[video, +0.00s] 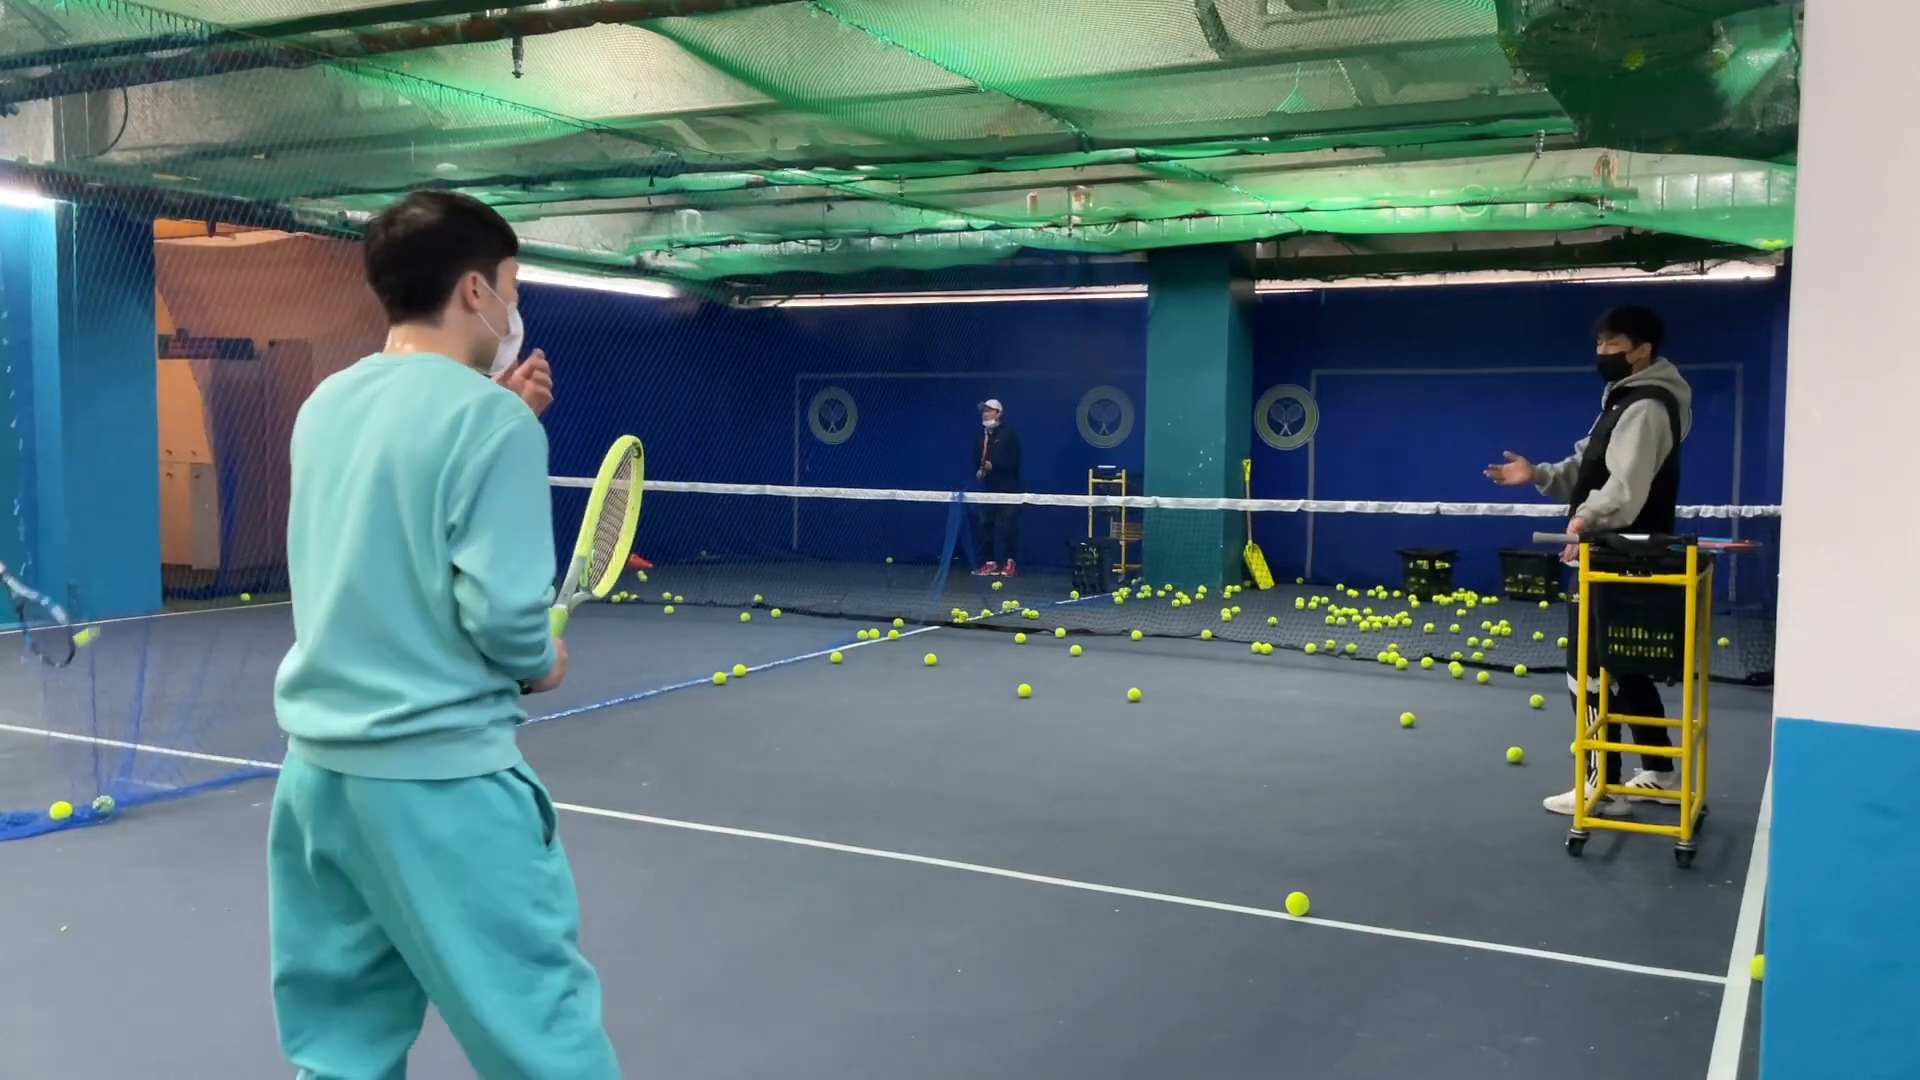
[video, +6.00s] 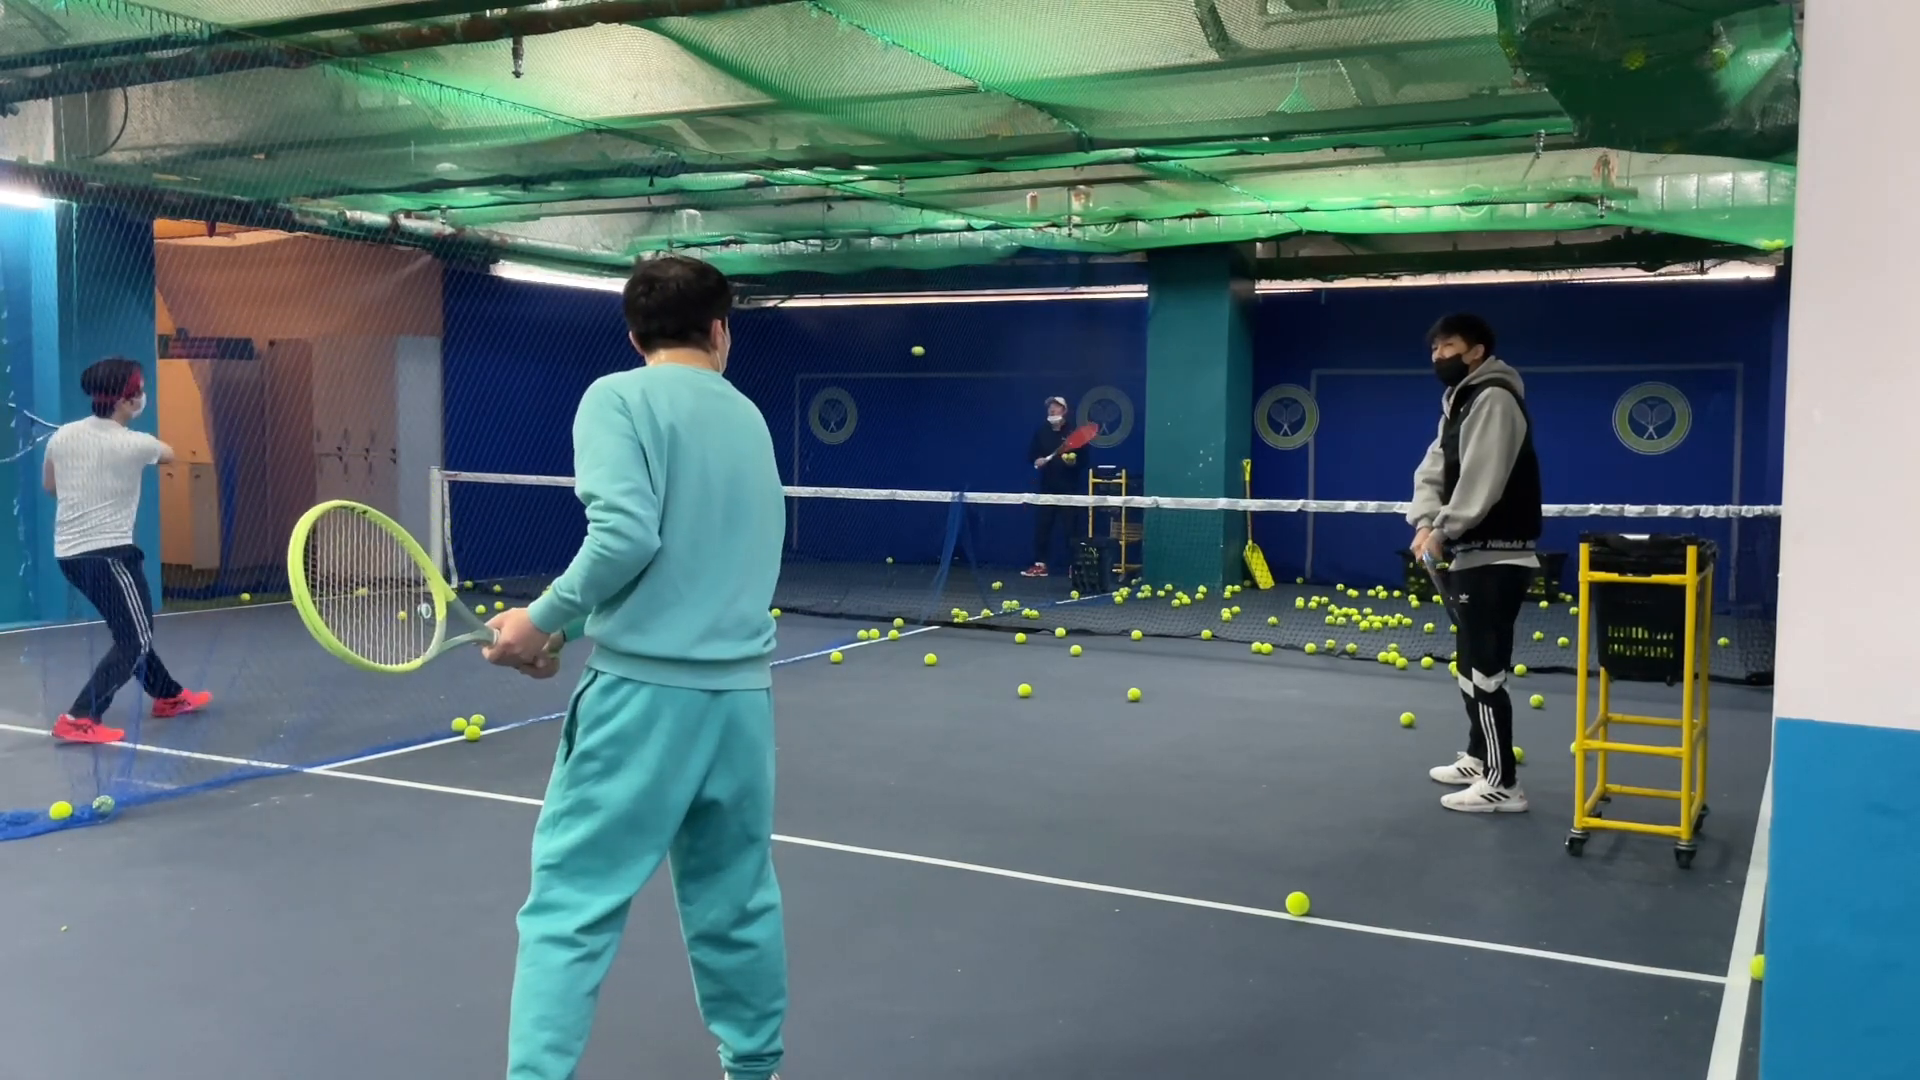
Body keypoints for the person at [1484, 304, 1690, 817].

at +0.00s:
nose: (1602, 350)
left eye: (1613, 341)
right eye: (1600, 342)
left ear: (1643, 348)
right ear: (1618, 351)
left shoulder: (1646, 407)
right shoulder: (1624, 399)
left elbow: (1626, 487)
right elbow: (1587, 469)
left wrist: (1583, 519)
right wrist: (1536, 474)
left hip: (1621, 555)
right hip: (1617, 551)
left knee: (1590, 671)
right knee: (1628, 664)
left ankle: (1601, 781)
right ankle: (1658, 770)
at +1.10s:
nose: (1566, 354)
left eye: (1572, 345)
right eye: (1567, 346)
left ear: (1599, 347)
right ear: (1609, 348)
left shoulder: (1592, 402)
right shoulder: (1631, 400)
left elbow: (1556, 475)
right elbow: (1585, 475)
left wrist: (1512, 488)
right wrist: (1521, 486)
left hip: (1578, 558)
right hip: (1609, 554)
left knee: (1570, 676)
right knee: (1583, 668)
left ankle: (1597, 784)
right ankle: (1586, 769)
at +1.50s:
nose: (1543, 358)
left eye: (1550, 349)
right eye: (1543, 350)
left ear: (1579, 348)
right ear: (1583, 351)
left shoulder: (1577, 403)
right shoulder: (1606, 399)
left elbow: (1546, 475)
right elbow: (1566, 479)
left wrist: (1492, 492)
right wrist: (1507, 497)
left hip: (1566, 556)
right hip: (1598, 554)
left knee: (1532, 664)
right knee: (1579, 665)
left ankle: (1526, 779)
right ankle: (1590, 771)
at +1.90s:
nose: (1503, 361)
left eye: (1507, 352)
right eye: (1503, 353)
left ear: (1530, 352)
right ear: (1538, 353)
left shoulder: (1553, 407)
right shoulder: (1544, 404)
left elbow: (1512, 471)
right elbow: (1509, 484)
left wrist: (1443, 473)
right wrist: (1449, 491)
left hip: (1536, 561)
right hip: (1547, 561)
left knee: (1501, 675)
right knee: (1548, 667)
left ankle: (1500, 785)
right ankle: (1586, 767)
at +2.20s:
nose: (1466, 365)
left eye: (1469, 356)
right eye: (1466, 358)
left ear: (1489, 355)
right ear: (1494, 356)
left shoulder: (1533, 403)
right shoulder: (1494, 408)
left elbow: (1497, 465)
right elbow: (1469, 479)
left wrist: (1431, 459)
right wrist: (1421, 476)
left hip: (1526, 559)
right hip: (1500, 557)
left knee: (1494, 670)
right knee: (1486, 663)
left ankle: (1501, 785)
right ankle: (1532, 757)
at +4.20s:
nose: (1430, 374)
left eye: (1436, 364)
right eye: (1425, 367)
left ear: (1466, 356)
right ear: (1437, 369)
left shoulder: (1498, 400)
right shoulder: (1454, 407)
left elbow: (1492, 478)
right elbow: (1431, 472)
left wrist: (1456, 532)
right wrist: (1431, 525)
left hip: (1506, 557)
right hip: (1476, 557)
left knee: (1485, 673)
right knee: (1470, 667)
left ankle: (1501, 786)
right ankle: (1482, 760)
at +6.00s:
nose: (1439, 355)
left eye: (1449, 346)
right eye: (1435, 349)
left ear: (1479, 350)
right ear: (1437, 358)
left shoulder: (1494, 399)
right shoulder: (1458, 401)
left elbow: (1484, 476)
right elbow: (1433, 469)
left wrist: (1444, 530)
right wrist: (1425, 521)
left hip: (1497, 558)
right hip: (1469, 557)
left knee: (1485, 673)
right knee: (1470, 668)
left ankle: (1501, 785)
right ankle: (1481, 761)